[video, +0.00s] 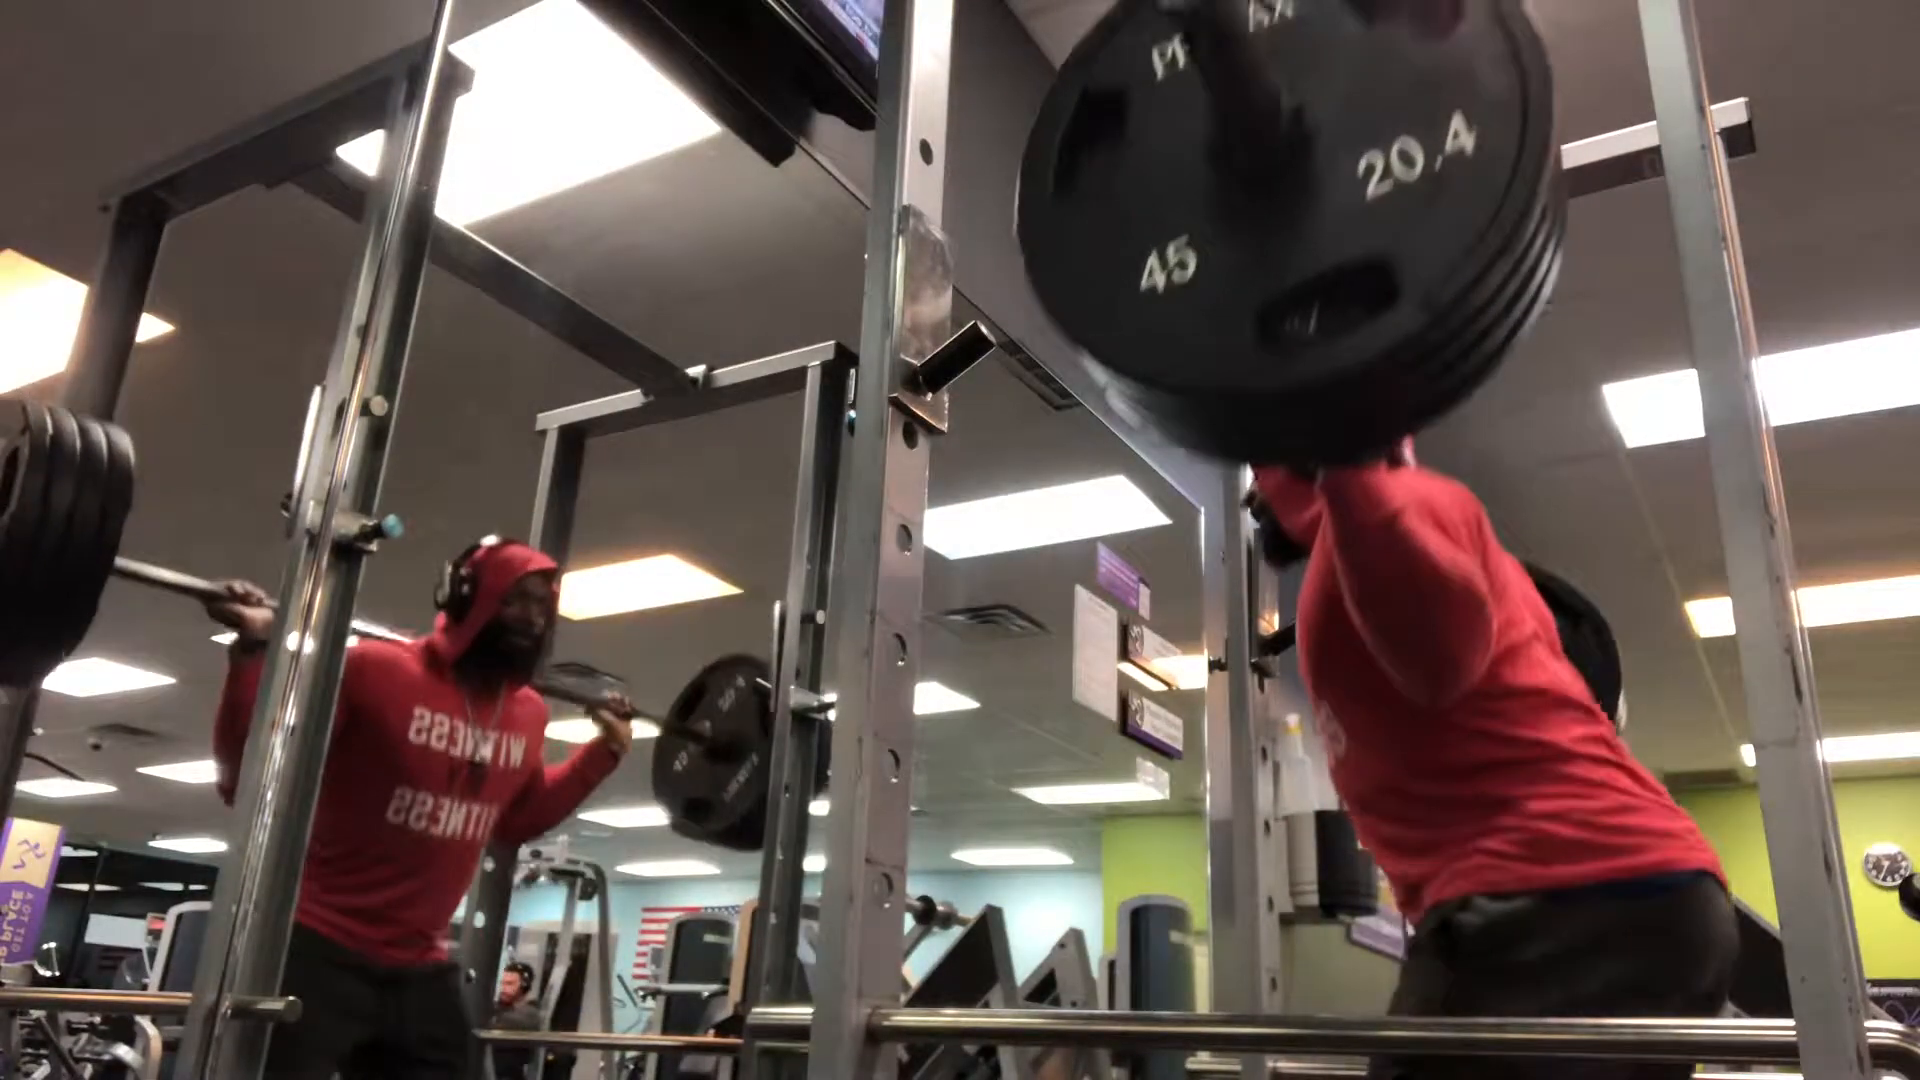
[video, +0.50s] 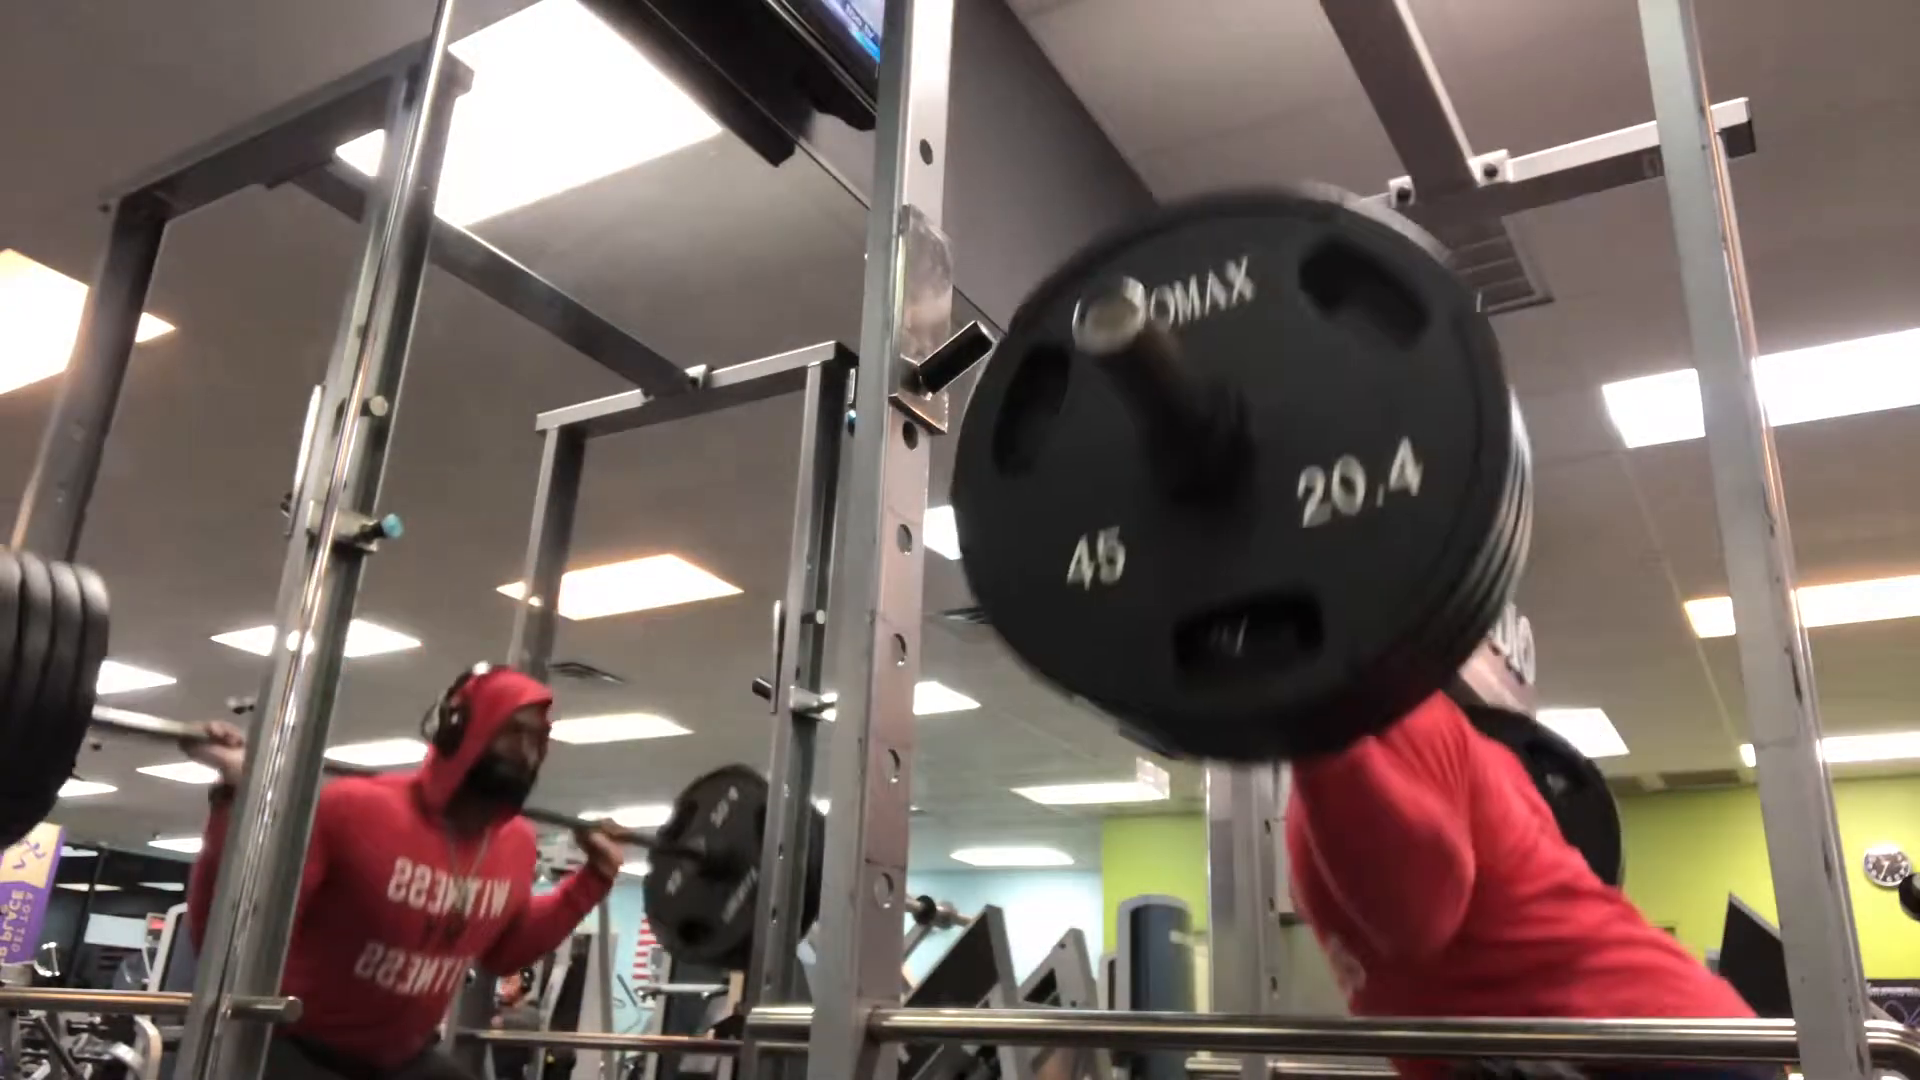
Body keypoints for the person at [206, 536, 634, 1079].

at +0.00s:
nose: (535, 617)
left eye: (545, 604)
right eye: (520, 599)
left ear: (556, 616)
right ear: (474, 600)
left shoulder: (525, 712)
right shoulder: (371, 669)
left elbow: (514, 822)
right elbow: (240, 782)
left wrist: (602, 753)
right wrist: (252, 651)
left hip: (422, 970)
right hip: (317, 951)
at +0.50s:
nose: (529, 753)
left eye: (538, 738)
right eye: (513, 731)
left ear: (544, 749)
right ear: (465, 730)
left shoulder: (516, 844)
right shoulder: (350, 808)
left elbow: (501, 952)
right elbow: (214, 935)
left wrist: (592, 881)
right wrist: (233, 800)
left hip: (411, 1059)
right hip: (302, 1051)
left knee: (471, 1070)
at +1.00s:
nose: (516, 850)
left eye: (527, 834)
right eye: (501, 829)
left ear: (535, 840)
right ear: (455, 827)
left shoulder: (506, 935)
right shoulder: (335, 906)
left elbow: (493, 1041)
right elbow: (210, 1029)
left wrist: (583, 967)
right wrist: (221, 897)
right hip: (303, 1072)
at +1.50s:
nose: (518, 861)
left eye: (531, 845)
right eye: (503, 840)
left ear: (542, 852)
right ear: (457, 834)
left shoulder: (511, 937)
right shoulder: (343, 908)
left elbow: (502, 1043)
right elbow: (227, 1009)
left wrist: (588, 967)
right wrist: (227, 895)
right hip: (305, 1071)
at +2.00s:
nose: (532, 755)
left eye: (541, 739)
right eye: (514, 734)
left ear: (550, 749)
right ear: (469, 736)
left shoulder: (524, 845)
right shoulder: (360, 815)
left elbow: (517, 947)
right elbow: (246, 932)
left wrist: (603, 878)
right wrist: (239, 807)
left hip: (417, 1063)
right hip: (315, 1049)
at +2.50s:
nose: (554, 592)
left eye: (561, 576)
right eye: (537, 572)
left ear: (566, 586)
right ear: (490, 575)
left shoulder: (548, 686)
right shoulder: (398, 645)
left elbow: (544, 798)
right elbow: (271, 749)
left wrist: (621, 723)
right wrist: (275, 627)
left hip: (447, 943)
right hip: (344, 924)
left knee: (452, 1067)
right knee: (317, 1069)